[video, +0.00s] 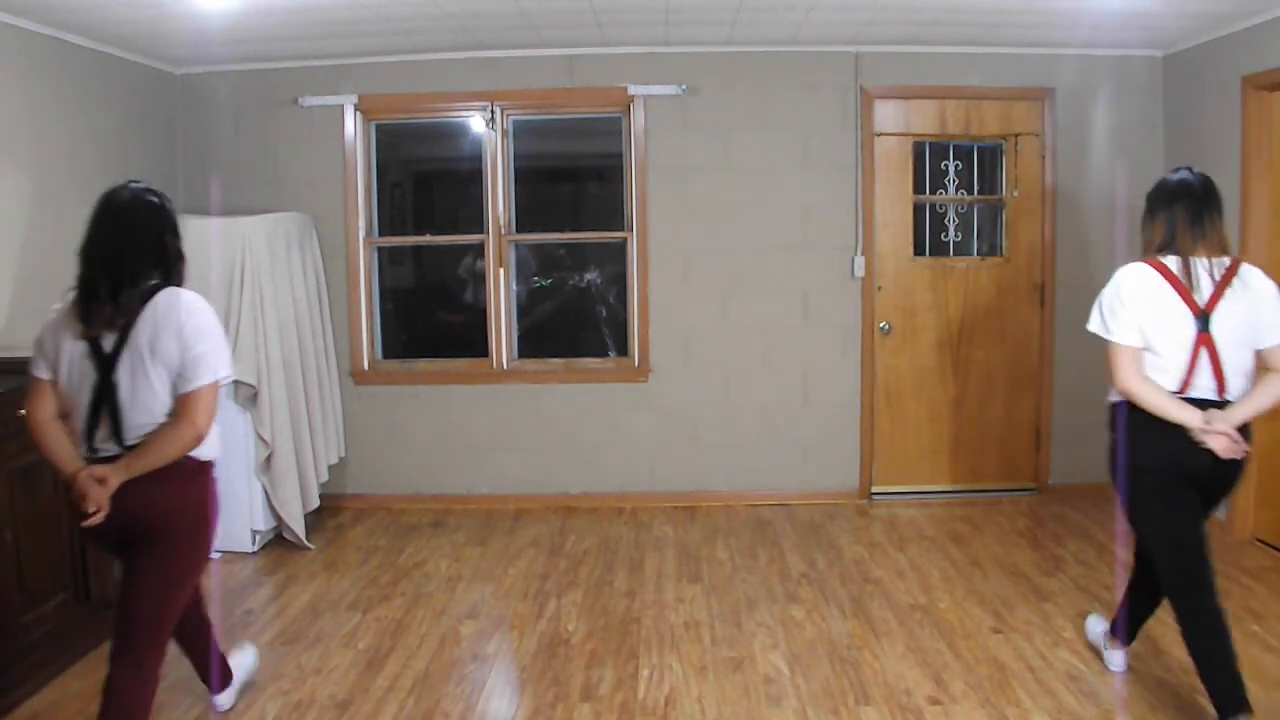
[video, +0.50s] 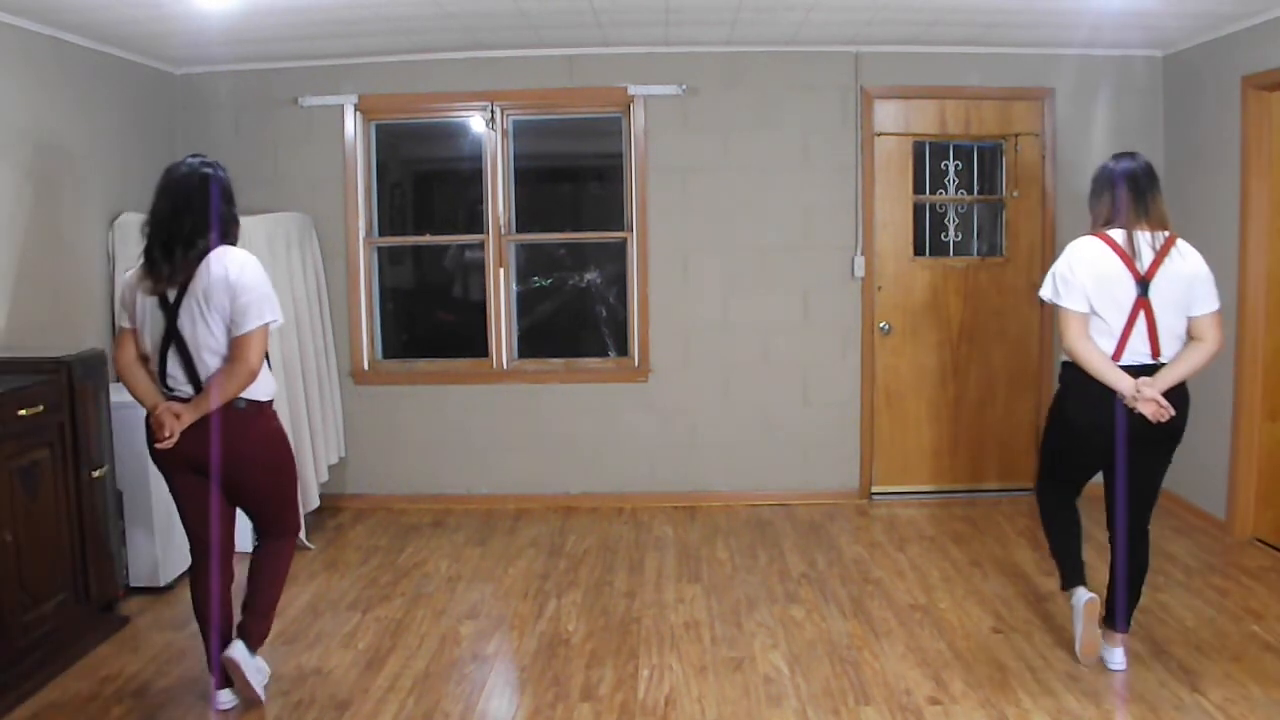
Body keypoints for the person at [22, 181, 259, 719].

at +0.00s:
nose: (175, 246)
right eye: (172, 236)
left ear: (95, 243)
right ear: (168, 245)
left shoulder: (66, 319)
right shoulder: (186, 313)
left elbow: (39, 414)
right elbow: (193, 424)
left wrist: (79, 476)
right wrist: (116, 473)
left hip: (98, 499)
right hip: (173, 496)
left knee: (176, 592)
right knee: (135, 656)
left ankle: (222, 678)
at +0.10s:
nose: (189, 239)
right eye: (186, 230)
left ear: (112, 240)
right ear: (183, 239)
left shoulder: (91, 311)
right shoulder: (201, 303)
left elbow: (68, 403)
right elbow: (216, 411)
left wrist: (109, 462)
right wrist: (145, 458)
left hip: (127, 477)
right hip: (198, 475)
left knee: (200, 580)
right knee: (181, 623)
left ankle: (226, 680)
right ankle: (142, 713)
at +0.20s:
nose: (203, 223)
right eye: (199, 214)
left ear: (129, 227)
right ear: (195, 224)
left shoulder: (110, 298)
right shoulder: (215, 288)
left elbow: (92, 381)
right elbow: (224, 393)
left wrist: (128, 436)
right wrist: (156, 440)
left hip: (143, 461)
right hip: (210, 460)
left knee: (201, 569)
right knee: (227, 588)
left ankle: (226, 680)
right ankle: (165, 692)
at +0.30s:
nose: (219, 212)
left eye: (214, 202)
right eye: (213, 204)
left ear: (144, 216)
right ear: (203, 214)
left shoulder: (120, 286)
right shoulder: (221, 274)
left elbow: (106, 369)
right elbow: (227, 376)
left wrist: (141, 420)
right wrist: (169, 424)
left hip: (154, 439)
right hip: (219, 439)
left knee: (202, 553)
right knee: (253, 551)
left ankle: (225, 674)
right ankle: (206, 661)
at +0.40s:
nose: (224, 210)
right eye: (219, 202)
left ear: (154, 211)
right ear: (214, 208)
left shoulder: (134, 278)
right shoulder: (229, 268)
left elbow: (119, 360)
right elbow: (235, 367)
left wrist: (151, 411)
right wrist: (181, 415)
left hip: (163, 429)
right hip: (230, 428)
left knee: (207, 550)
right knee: (271, 534)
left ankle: (220, 677)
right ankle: (229, 650)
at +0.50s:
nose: (229, 211)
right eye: (226, 203)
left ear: (163, 210)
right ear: (223, 209)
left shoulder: (139, 279)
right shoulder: (238, 267)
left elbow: (126, 358)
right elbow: (245, 363)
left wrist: (158, 407)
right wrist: (190, 410)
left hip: (171, 429)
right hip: (239, 425)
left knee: (207, 553)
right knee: (278, 529)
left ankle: (219, 683)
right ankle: (249, 644)